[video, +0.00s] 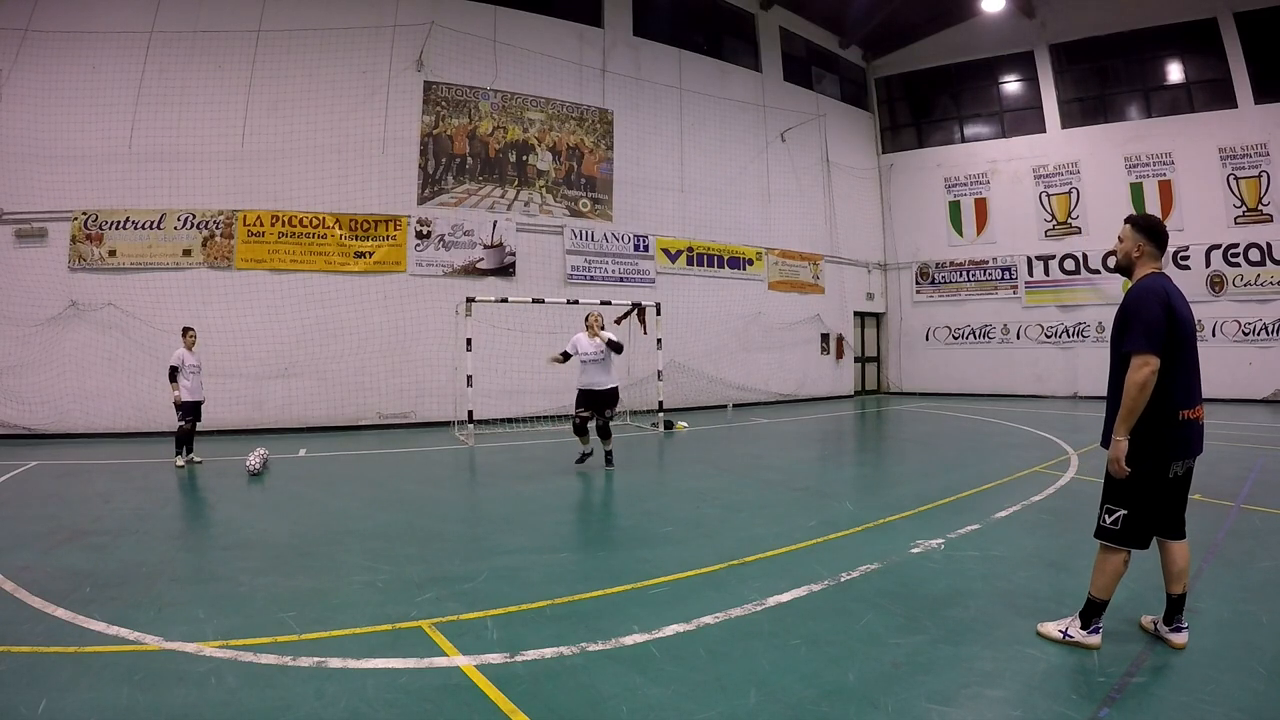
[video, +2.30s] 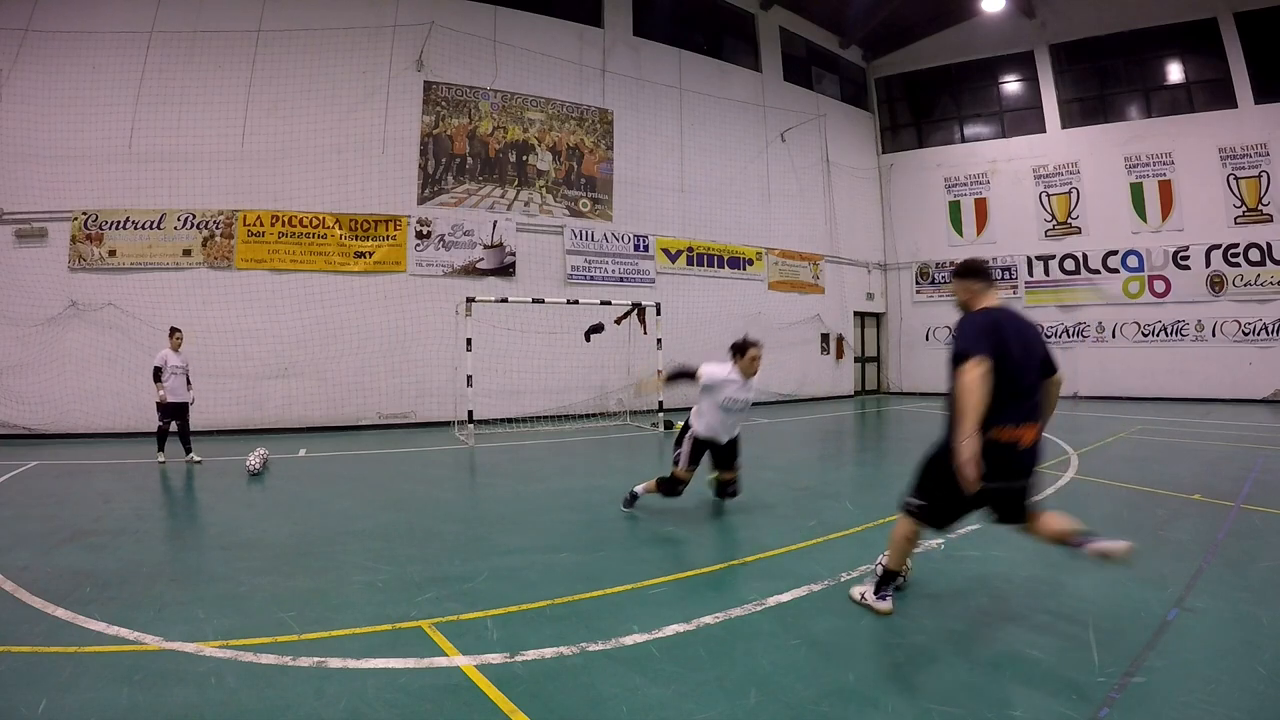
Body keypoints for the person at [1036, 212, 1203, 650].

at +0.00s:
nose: (1113, 247)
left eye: (1119, 239)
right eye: (1117, 239)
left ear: (1138, 246)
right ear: (1151, 249)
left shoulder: (1144, 295)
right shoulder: (1169, 292)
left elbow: (1145, 368)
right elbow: (1171, 368)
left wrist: (1120, 433)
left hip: (1145, 441)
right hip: (1177, 438)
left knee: (1115, 535)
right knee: (1171, 529)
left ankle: (1087, 624)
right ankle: (1174, 622)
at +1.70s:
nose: (1066, 310)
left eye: (1067, 301)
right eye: (1064, 303)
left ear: (1085, 294)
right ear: (1100, 292)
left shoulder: (1101, 325)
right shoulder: (1132, 323)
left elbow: (1095, 385)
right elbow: (1146, 391)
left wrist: (1069, 448)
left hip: (1137, 448)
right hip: (1180, 443)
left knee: (1082, 528)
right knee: (1155, 533)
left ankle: (1086, 624)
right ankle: (1185, 620)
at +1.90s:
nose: (1052, 337)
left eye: (1053, 328)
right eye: (1050, 330)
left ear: (1070, 322)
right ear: (1087, 319)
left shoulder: (1083, 350)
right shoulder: (1116, 344)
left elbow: (1059, 400)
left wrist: (1017, 453)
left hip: (1134, 459)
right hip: (1176, 453)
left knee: (1070, 529)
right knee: (1142, 538)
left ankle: (1085, 622)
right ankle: (1185, 620)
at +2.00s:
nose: (1042, 330)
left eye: (1043, 322)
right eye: (1040, 324)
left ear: (1057, 316)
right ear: (1076, 312)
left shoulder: (1070, 344)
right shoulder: (1105, 341)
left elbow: (1022, 378)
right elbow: (1122, 401)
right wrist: (1091, 450)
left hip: (1111, 456)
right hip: (1155, 452)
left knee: (1040, 514)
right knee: (1133, 537)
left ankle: (1066, 599)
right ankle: (1184, 620)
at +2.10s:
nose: (1017, 309)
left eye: (1018, 300)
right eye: (1016, 301)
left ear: (1031, 294)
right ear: (1051, 291)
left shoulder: (1043, 321)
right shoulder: (1082, 322)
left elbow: (1007, 337)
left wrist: (955, 354)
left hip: (1070, 447)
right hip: (1115, 448)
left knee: (995, 491)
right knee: (1132, 532)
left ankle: (998, 583)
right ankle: (1181, 615)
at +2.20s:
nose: (984, 290)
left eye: (985, 284)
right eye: (983, 284)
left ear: (998, 280)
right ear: (1018, 276)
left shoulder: (1008, 306)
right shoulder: (1051, 310)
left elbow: (1005, 338)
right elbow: (1058, 366)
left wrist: (985, 379)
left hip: (1019, 440)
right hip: (1067, 439)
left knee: (955, 507)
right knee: (1094, 513)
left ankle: (905, 581)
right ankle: (1165, 581)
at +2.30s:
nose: (954, 295)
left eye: (956, 288)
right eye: (954, 288)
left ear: (967, 288)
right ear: (991, 286)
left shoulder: (974, 323)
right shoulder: (1024, 325)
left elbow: (976, 371)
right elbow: (1052, 380)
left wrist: (967, 437)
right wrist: (1033, 430)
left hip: (973, 447)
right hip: (1019, 451)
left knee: (915, 511)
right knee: (1021, 513)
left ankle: (881, 589)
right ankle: (1089, 539)